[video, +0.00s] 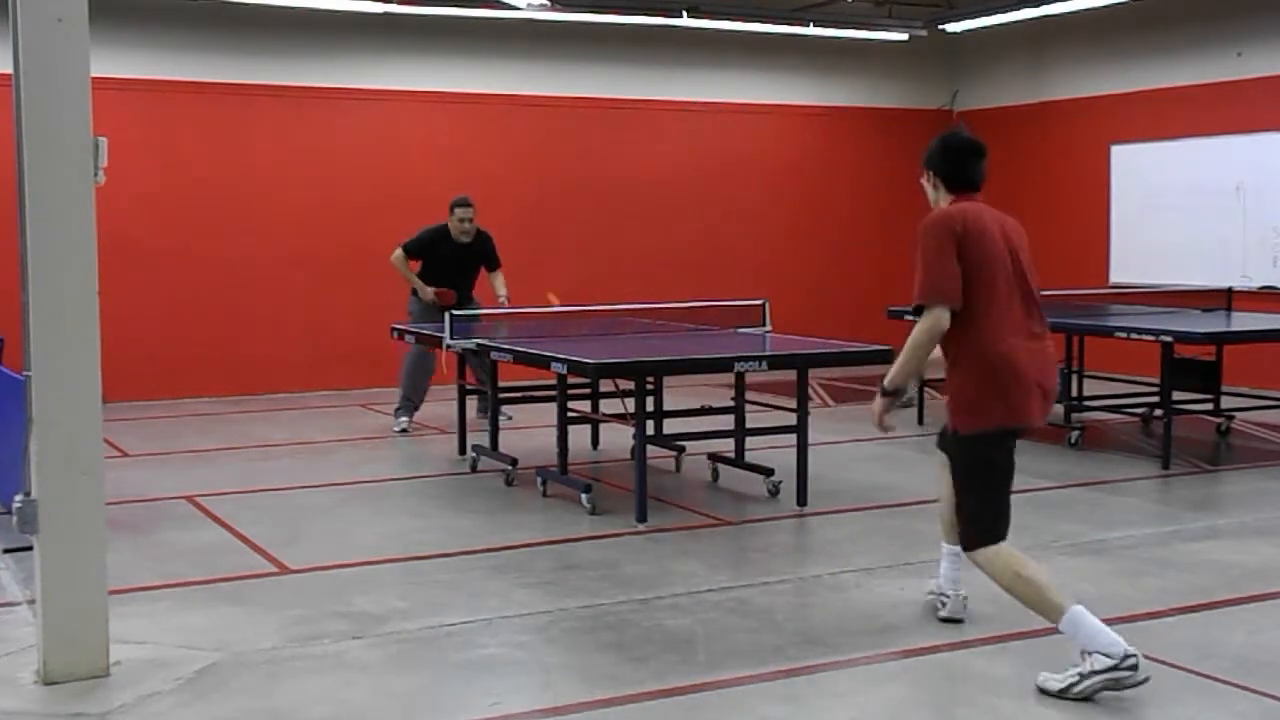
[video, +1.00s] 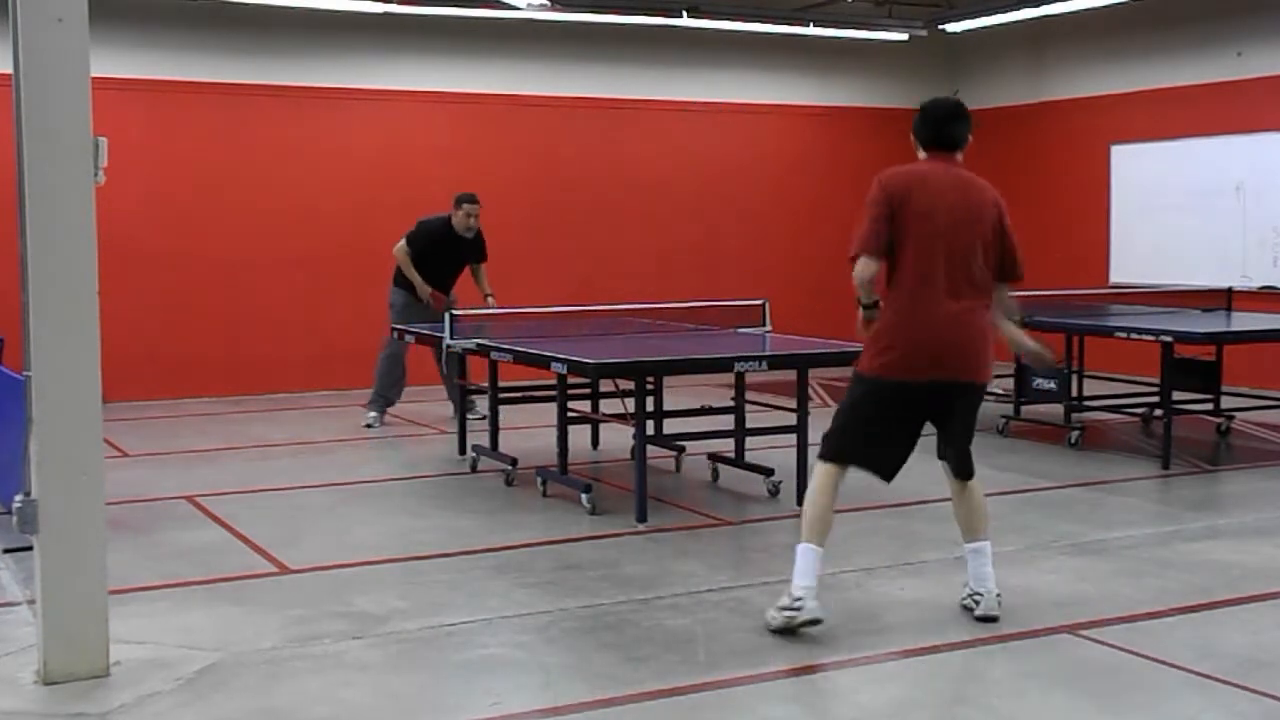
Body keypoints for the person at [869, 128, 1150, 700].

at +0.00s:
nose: (920, 184)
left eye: (922, 177)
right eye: (922, 176)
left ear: (931, 180)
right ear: (978, 178)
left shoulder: (942, 225)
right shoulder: (1006, 224)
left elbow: (936, 317)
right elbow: (1019, 312)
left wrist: (888, 389)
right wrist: (961, 381)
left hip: (985, 391)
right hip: (1032, 383)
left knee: (981, 541)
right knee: (952, 449)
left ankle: (1107, 650)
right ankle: (949, 586)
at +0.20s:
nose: (930, 168)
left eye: (932, 160)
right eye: (933, 159)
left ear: (942, 167)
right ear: (989, 169)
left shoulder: (936, 217)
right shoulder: (1015, 220)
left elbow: (927, 307)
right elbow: (1029, 304)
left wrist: (893, 386)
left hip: (962, 390)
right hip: (1015, 387)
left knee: (947, 529)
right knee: (972, 484)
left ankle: (1060, 615)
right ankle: (991, 592)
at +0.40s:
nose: (921, 159)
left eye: (923, 151)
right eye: (924, 151)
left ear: (934, 156)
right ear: (978, 158)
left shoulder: (924, 202)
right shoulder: (1003, 211)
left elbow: (906, 290)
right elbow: (1020, 295)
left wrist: (866, 364)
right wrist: (969, 318)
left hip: (931, 372)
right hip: (992, 375)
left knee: (871, 491)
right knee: (960, 476)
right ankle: (988, 589)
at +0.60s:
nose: (904, 167)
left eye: (906, 160)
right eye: (909, 159)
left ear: (912, 166)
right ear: (962, 167)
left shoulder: (893, 214)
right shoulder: (986, 223)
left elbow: (862, 303)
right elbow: (1002, 319)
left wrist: (833, 370)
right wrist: (984, 371)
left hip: (899, 381)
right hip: (965, 386)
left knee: (829, 499)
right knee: (948, 474)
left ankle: (822, 633)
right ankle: (989, 588)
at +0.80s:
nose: (922, 169)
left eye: (920, 160)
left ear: (923, 167)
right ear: (975, 170)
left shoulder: (890, 214)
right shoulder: (993, 229)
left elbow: (852, 304)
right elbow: (1019, 326)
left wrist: (866, 314)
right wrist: (1039, 390)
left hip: (887, 382)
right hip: (959, 385)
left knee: (836, 498)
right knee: (958, 471)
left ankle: (822, 628)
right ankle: (984, 590)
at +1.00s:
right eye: (967, 139)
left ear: (916, 141)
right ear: (967, 143)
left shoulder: (892, 183)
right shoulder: (987, 197)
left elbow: (867, 271)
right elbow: (1002, 291)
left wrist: (868, 311)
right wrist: (1022, 340)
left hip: (896, 355)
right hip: (968, 358)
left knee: (832, 460)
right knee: (961, 463)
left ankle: (802, 593)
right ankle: (983, 590)